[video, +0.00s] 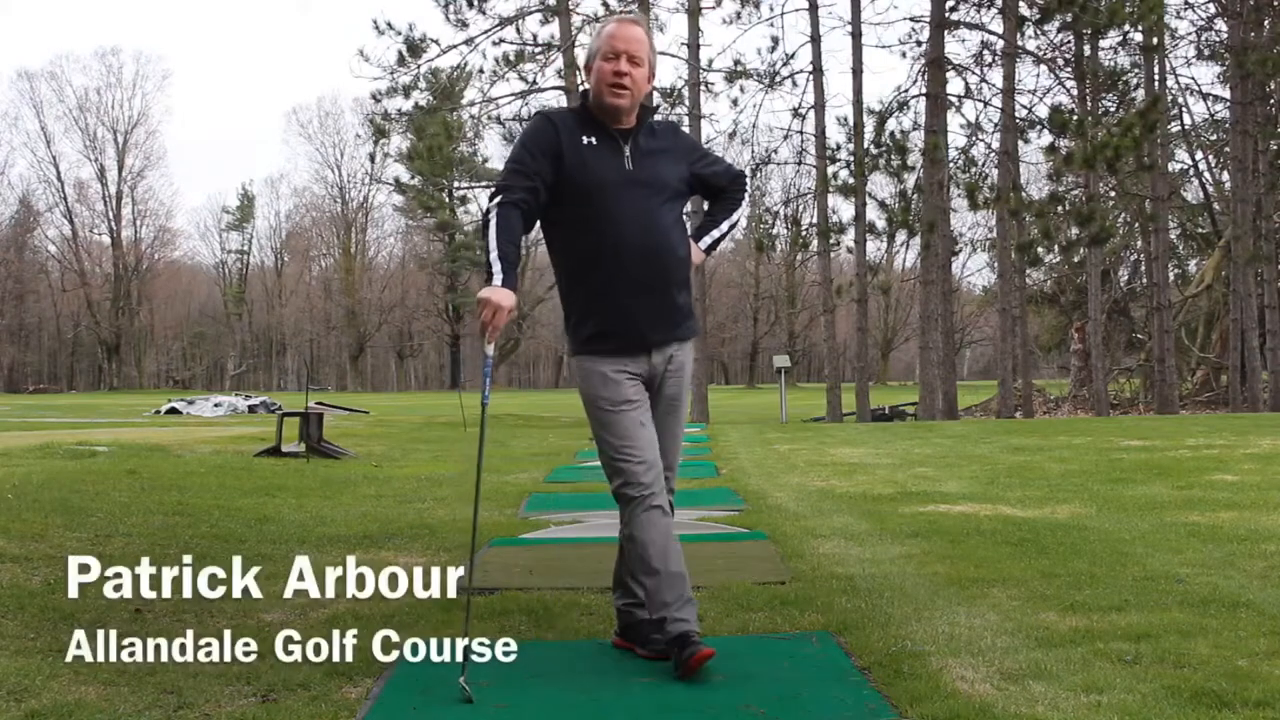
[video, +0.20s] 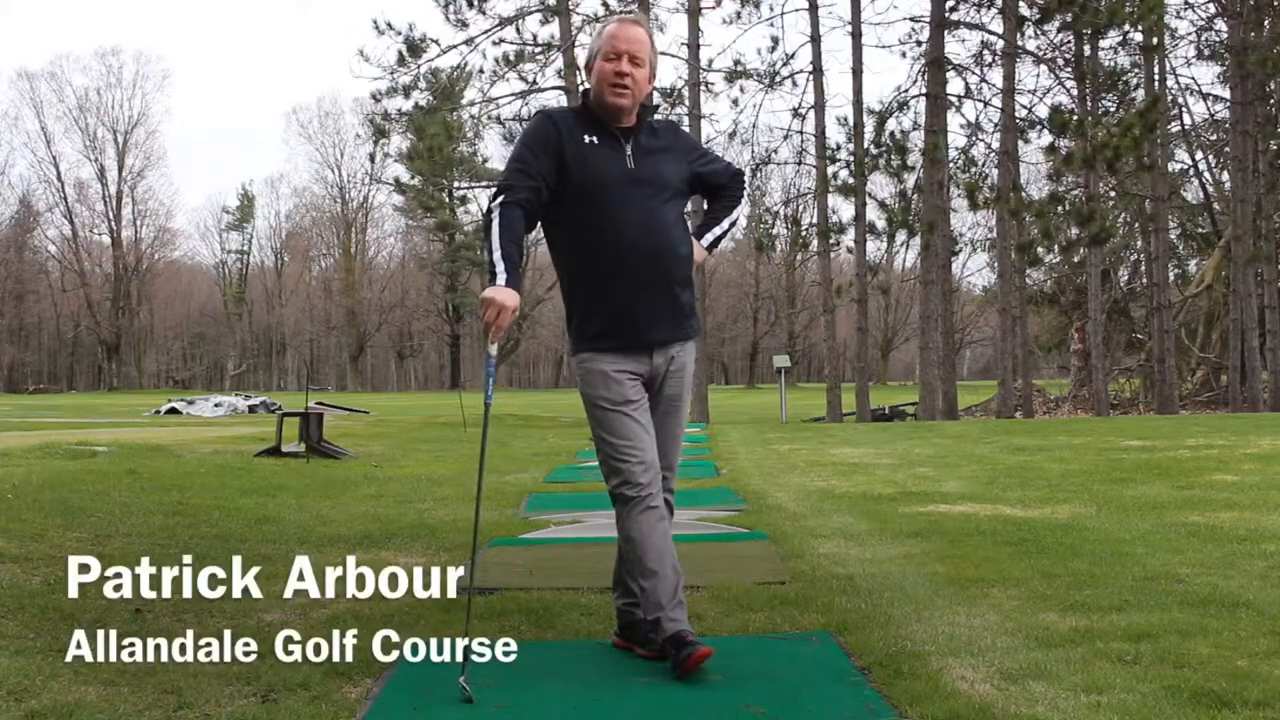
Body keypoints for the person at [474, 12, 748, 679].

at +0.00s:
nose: (620, 68)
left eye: (633, 60)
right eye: (610, 57)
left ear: (651, 77)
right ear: (588, 69)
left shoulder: (673, 141)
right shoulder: (553, 131)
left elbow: (732, 185)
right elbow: (511, 201)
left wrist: (701, 241)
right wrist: (502, 280)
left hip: (674, 339)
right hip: (600, 345)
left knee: (657, 487)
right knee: (642, 485)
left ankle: (635, 618)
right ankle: (681, 632)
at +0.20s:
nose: (621, 68)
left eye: (634, 60)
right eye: (611, 57)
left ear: (651, 78)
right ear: (589, 69)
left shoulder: (672, 141)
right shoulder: (555, 130)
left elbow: (730, 183)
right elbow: (512, 202)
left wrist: (703, 238)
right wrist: (506, 280)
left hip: (676, 339)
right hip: (602, 344)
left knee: (659, 487)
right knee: (638, 485)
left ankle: (635, 619)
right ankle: (675, 633)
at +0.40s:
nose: (622, 70)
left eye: (636, 62)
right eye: (612, 58)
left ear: (653, 78)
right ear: (590, 69)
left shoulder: (673, 142)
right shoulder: (554, 130)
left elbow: (732, 185)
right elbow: (513, 204)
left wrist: (704, 239)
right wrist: (507, 281)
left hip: (676, 339)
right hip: (602, 343)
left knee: (659, 487)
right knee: (639, 485)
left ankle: (635, 619)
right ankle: (677, 633)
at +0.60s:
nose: (625, 70)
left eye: (639, 62)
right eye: (615, 58)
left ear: (654, 80)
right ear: (591, 69)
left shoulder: (674, 141)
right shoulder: (553, 131)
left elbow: (733, 183)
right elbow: (511, 202)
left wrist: (707, 238)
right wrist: (506, 281)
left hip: (678, 339)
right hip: (602, 343)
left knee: (660, 487)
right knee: (640, 485)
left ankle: (636, 619)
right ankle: (676, 634)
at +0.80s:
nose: (620, 71)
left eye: (634, 63)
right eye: (610, 59)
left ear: (652, 79)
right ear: (589, 70)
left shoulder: (674, 139)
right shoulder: (553, 131)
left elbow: (738, 181)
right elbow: (511, 203)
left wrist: (709, 238)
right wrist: (504, 280)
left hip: (678, 339)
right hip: (602, 343)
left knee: (660, 487)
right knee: (638, 485)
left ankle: (635, 618)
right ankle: (672, 632)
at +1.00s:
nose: (621, 73)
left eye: (635, 64)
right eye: (611, 61)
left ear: (652, 78)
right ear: (590, 70)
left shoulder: (675, 140)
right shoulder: (553, 132)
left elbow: (741, 179)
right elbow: (511, 201)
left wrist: (710, 237)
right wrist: (503, 280)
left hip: (679, 340)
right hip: (603, 345)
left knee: (661, 488)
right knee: (637, 486)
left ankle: (634, 618)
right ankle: (669, 631)